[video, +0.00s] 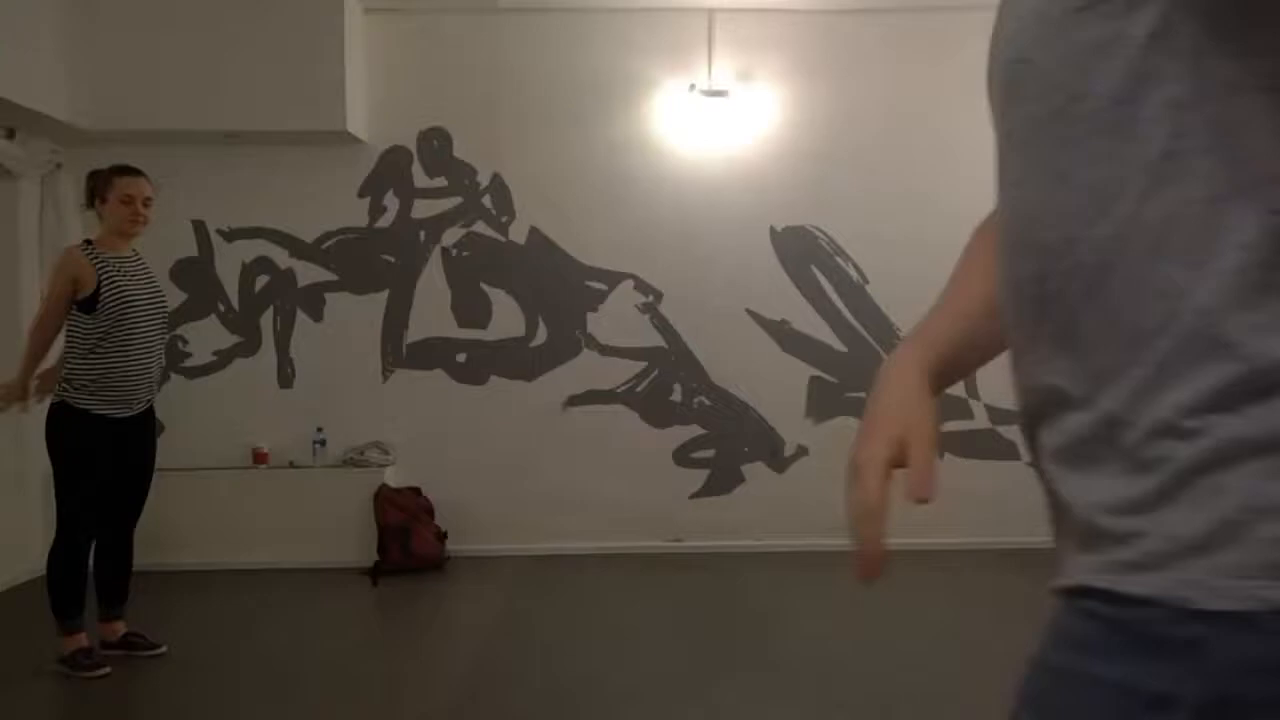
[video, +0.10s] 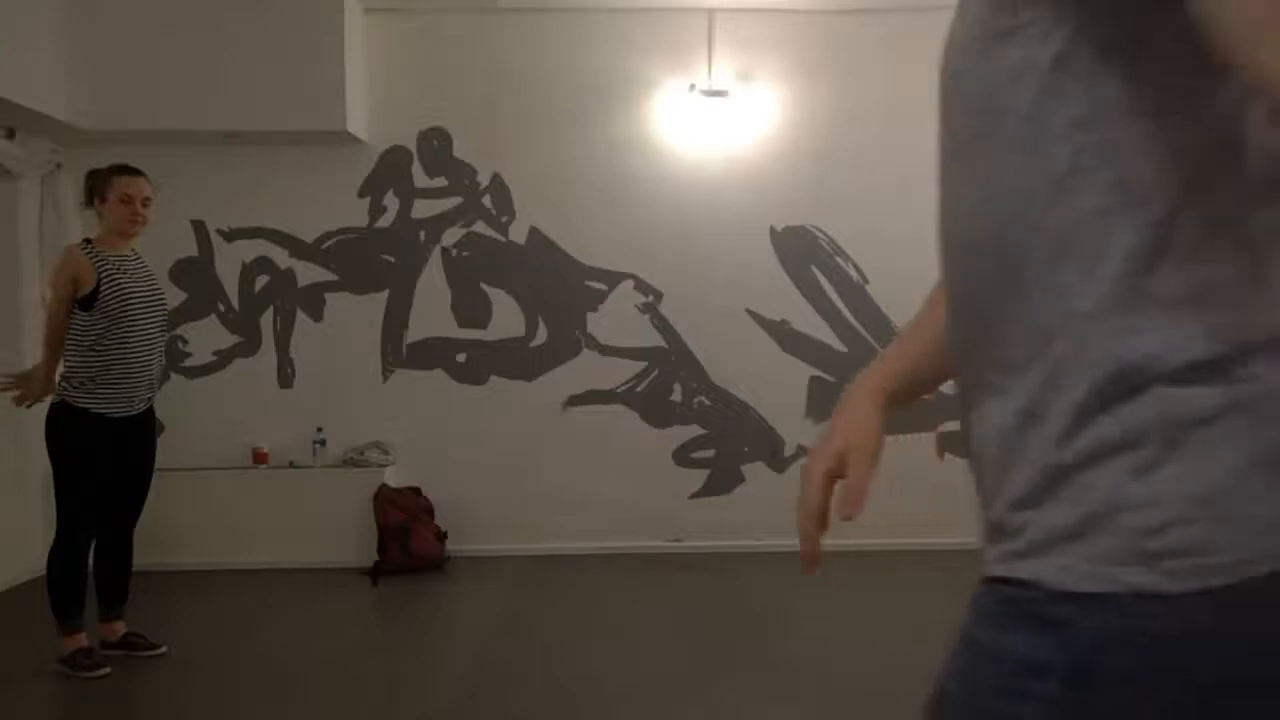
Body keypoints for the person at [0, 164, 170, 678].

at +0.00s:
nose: (139, 211)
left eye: (146, 203)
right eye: (128, 201)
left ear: (151, 211)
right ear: (101, 205)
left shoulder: (136, 264)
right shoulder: (78, 261)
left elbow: (110, 335)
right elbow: (45, 326)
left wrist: (56, 373)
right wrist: (21, 381)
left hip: (133, 421)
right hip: (81, 421)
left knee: (120, 528)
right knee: (76, 529)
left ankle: (113, 629)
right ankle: (73, 639)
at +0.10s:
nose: (138, 211)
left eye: (145, 203)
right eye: (127, 201)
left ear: (151, 210)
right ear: (100, 204)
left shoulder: (137, 263)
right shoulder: (79, 260)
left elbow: (116, 334)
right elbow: (55, 332)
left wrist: (51, 377)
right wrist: (41, 380)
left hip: (134, 421)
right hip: (82, 421)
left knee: (119, 528)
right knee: (75, 530)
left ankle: (113, 629)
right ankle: (73, 640)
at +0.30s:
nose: (132, 207)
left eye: (139, 199)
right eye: (119, 198)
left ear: (145, 207)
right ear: (92, 205)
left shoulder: (135, 262)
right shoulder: (73, 261)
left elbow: (127, 333)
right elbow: (10, 312)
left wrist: (144, 403)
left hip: (134, 420)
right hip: (81, 420)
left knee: (119, 528)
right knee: (77, 531)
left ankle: (113, 630)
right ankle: (73, 641)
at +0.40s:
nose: (126, 208)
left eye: (133, 200)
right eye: (114, 198)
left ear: (140, 208)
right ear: (87, 205)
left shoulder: (132, 263)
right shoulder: (70, 259)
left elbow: (163, 307)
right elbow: (11, 306)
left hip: (133, 420)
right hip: (80, 420)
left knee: (120, 529)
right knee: (76, 531)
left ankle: (113, 630)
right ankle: (72, 641)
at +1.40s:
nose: (158, 205)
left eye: (162, 197)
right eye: (145, 197)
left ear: (166, 205)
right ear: (115, 206)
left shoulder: (163, 267)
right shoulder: (103, 268)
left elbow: (163, 338)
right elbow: (87, 347)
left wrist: (190, 379)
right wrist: (159, 350)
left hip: (171, 424)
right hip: (114, 428)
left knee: (180, 537)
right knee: (117, 538)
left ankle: (186, 648)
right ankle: (79, 635)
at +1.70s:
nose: (185, 202)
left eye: (190, 194)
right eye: (172, 193)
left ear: (194, 201)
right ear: (142, 200)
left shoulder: (198, 266)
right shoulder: (125, 266)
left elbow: (208, 342)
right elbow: (119, 350)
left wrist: (255, 357)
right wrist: (168, 402)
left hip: (204, 418)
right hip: (146, 421)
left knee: (198, 537)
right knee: (176, 535)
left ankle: (188, 650)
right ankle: (145, 645)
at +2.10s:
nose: (199, 200)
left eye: (202, 191)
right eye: (186, 192)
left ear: (205, 198)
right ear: (155, 200)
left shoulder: (212, 264)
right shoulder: (139, 267)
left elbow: (260, 324)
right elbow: (122, 350)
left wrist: (302, 291)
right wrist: (131, 420)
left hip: (220, 422)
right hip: (167, 426)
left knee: (201, 538)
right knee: (167, 540)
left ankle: (190, 650)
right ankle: (167, 660)